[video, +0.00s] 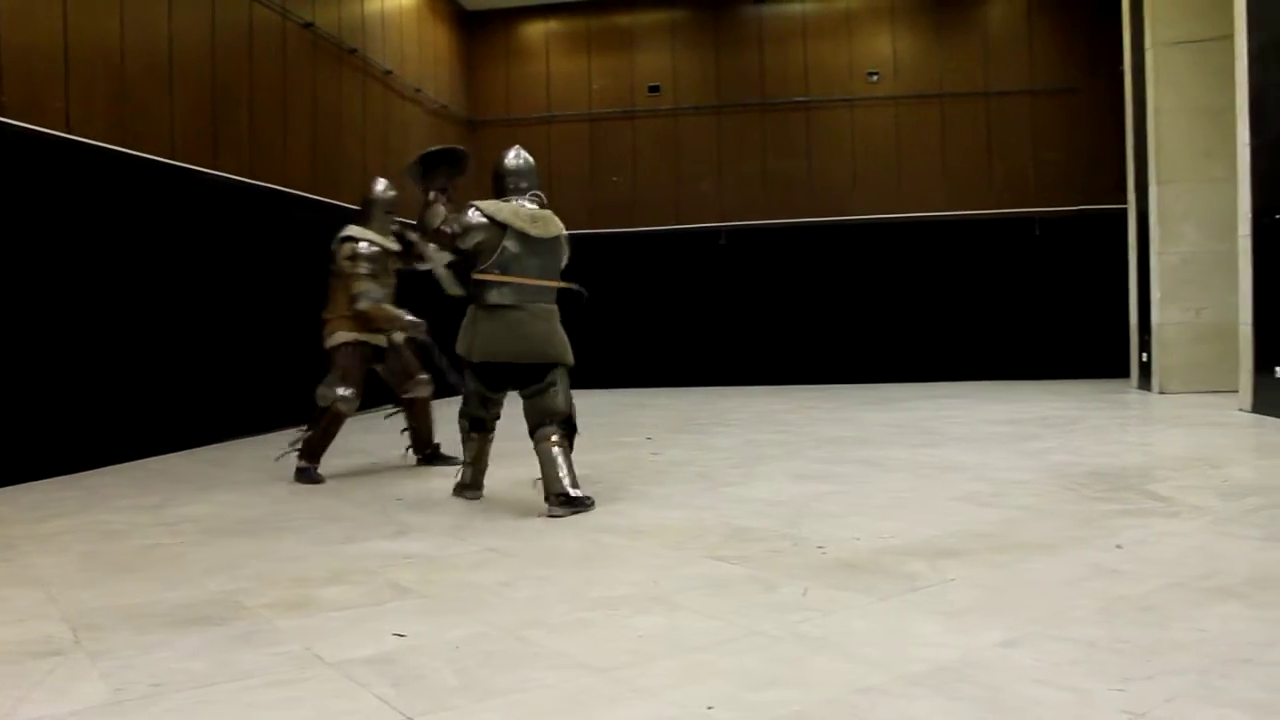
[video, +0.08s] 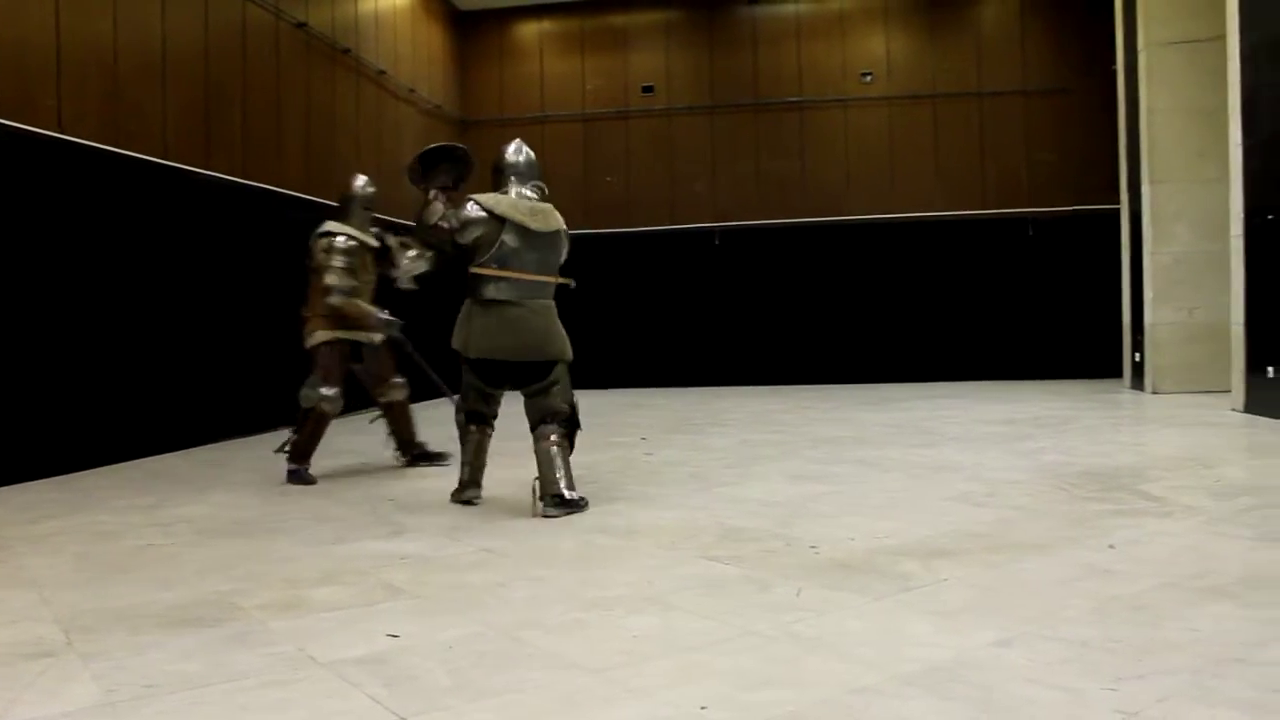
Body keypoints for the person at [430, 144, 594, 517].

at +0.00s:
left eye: (505, 182)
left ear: (499, 182)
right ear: (536, 183)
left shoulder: (481, 218)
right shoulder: (556, 229)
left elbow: (439, 241)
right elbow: (557, 266)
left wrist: (435, 207)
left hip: (490, 332)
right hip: (542, 332)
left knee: (481, 403)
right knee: (549, 410)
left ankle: (472, 479)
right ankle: (561, 489)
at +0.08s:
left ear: (499, 176)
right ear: (538, 177)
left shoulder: (480, 212)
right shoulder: (555, 224)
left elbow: (432, 233)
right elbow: (555, 260)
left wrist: (435, 207)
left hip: (486, 325)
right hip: (540, 326)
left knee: (477, 400)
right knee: (551, 403)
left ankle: (469, 482)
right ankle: (555, 487)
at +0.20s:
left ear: (490, 167)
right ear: (529, 169)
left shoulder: (469, 202)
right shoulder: (550, 216)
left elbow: (428, 222)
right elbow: (554, 250)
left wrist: (427, 195)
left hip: (476, 324)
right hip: (533, 325)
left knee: (465, 394)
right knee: (544, 401)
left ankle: (446, 471)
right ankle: (548, 490)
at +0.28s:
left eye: (482, 165)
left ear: (479, 164)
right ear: (519, 167)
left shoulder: (458, 200)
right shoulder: (542, 214)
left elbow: (416, 230)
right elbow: (547, 263)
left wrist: (417, 199)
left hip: (464, 323)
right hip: (523, 325)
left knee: (449, 388)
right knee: (535, 400)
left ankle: (428, 466)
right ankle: (542, 490)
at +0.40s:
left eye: (465, 169)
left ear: (463, 170)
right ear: (503, 168)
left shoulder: (440, 212)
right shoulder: (530, 219)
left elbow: (404, 253)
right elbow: (539, 276)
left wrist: (402, 224)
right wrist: (503, 257)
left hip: (451, 326)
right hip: (510, 326)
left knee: (425, 394)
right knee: (528, 402)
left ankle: (396, 478)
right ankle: (537, 491)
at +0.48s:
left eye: (454, 173)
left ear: (450, 175)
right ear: (489, 174)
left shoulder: (428, 219)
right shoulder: (521, 224)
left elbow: (386, 267)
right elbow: (532, 284)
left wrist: (395, 226)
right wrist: (490, 265)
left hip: (443, 334)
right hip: (504, 335)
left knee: (410, 404)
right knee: (525, 406)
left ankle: (377, 480)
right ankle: (535, 490)